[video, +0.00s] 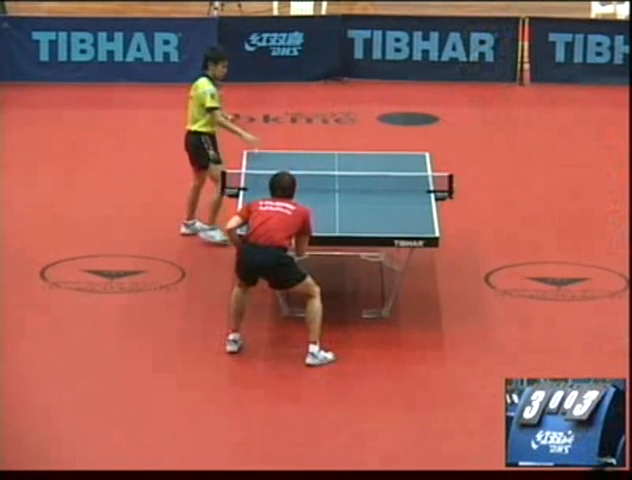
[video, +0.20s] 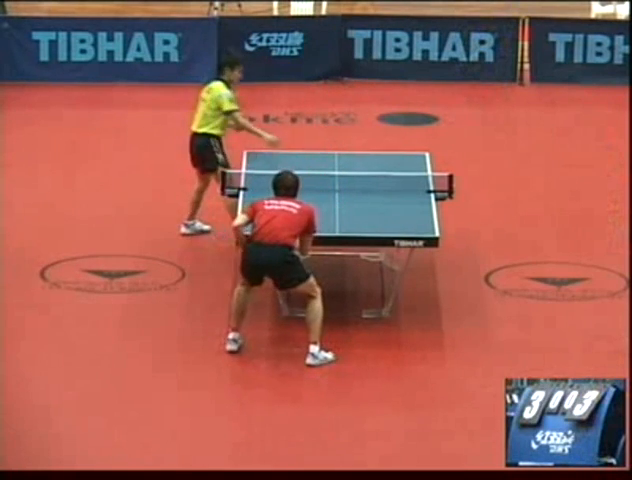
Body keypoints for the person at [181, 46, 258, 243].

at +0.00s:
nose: (225, 71)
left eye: (226, 67)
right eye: (222, 67)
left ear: (213, 68)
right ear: (210, 66)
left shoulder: (203, 84)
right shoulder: (207, 88)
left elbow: (210, 111)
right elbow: (217, 118)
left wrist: (226, 116)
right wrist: (244, 134)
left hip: (197, 133)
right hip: (202, 135)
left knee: (199, 179)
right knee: (221, 180)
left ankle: (190, 221)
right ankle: (211, 226)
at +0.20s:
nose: (240, 77)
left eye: (241, 72)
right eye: (238, 72)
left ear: (225, 73)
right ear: (227, 72)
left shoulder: (211, 87)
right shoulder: (223, 92)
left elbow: (215, 116)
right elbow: (238, 120)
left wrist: (233, 124)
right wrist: (264, 135)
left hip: (198, 135)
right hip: (209, 138)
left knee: (204, 181)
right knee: (228, 183)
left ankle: (190, 221)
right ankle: (241, 226)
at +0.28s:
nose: (250, 83)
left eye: (250, 79)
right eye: (248, 79)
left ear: (234, 79)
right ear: (237, 78)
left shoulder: (218, 92)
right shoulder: (231, 95)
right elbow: (249, 122)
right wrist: (278, 138)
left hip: (201, 139)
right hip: (212, 141)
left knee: (207, 183)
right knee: (232, 182)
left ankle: (190, 221)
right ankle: (242, 226)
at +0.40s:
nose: (264, 95)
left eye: (264, 91)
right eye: (262, 91)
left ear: (248, 89)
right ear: (252, 90)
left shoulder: (229, 100)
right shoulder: (245, 106)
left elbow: (232, 126)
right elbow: (268, 130)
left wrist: (252, 135)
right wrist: (297, 143)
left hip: (204, 145)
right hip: (218, 148)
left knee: (211, 186)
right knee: (243, 185)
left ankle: (191, 221)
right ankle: (246, 227)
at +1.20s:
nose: (272, 91)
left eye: (271, 88)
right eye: (269, 88)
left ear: (253, 90)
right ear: (260, 91)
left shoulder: (238, 103)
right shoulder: (261, 108)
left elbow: (246, 132)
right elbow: (289, 117)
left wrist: (269, 134)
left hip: (215, 144)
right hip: (229, 151)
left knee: (212, 188)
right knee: (241, 190)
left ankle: (191, 221)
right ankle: (244, 227)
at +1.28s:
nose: (267, 85)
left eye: (265, 81)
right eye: (263, 82)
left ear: (247, 86)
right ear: (254, 86)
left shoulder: (234, 100)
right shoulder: (257, 102)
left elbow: (244, 129)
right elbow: (288, 96)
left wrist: (269, 126)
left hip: (213, 144)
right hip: (228, 149)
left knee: (211, 187)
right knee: (244, 188)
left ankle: (191, 222)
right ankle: (245, 227)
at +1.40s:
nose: (256, 76)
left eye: (254, 72)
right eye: (252, 73)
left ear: (238, 79)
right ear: (243, 78)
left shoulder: (228, 96)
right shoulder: (247, 93)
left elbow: (240, 125)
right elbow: (275, 76)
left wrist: (265, 116)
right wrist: (297, 57)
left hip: (211, 142)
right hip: (225, 146)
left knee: (210, 185)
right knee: (246, 183)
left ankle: (191, 221)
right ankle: (248, 224)